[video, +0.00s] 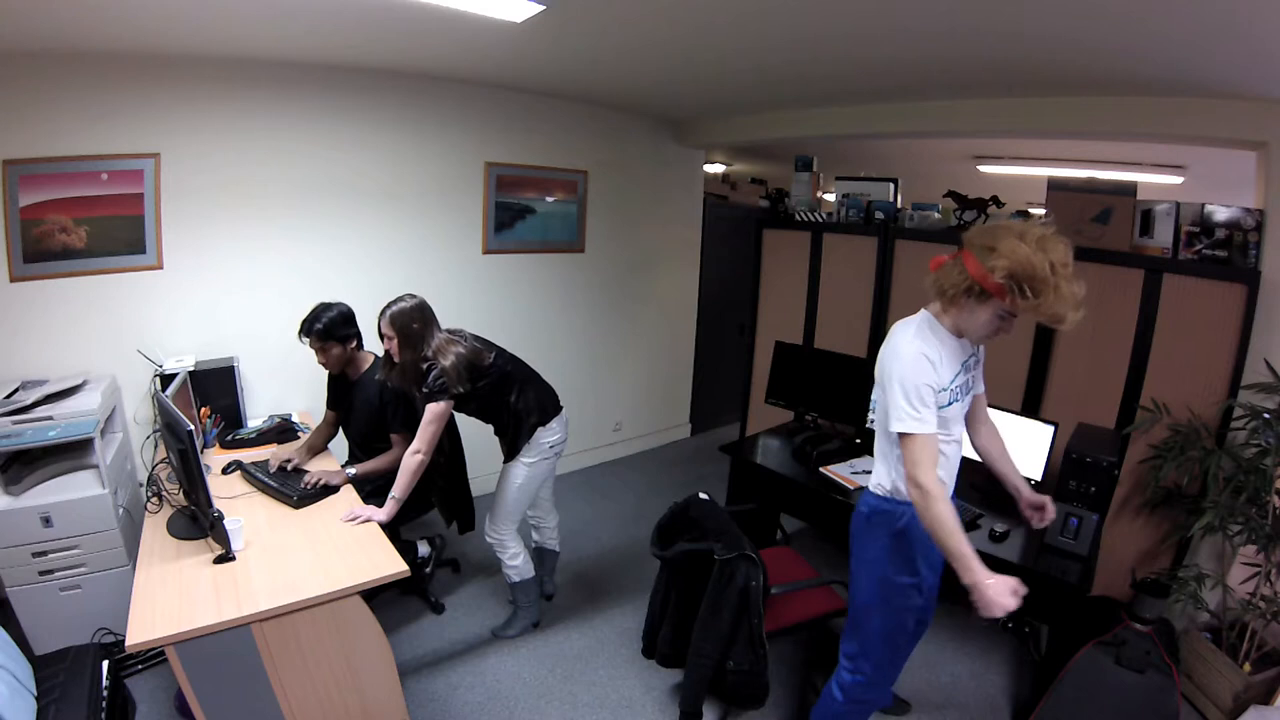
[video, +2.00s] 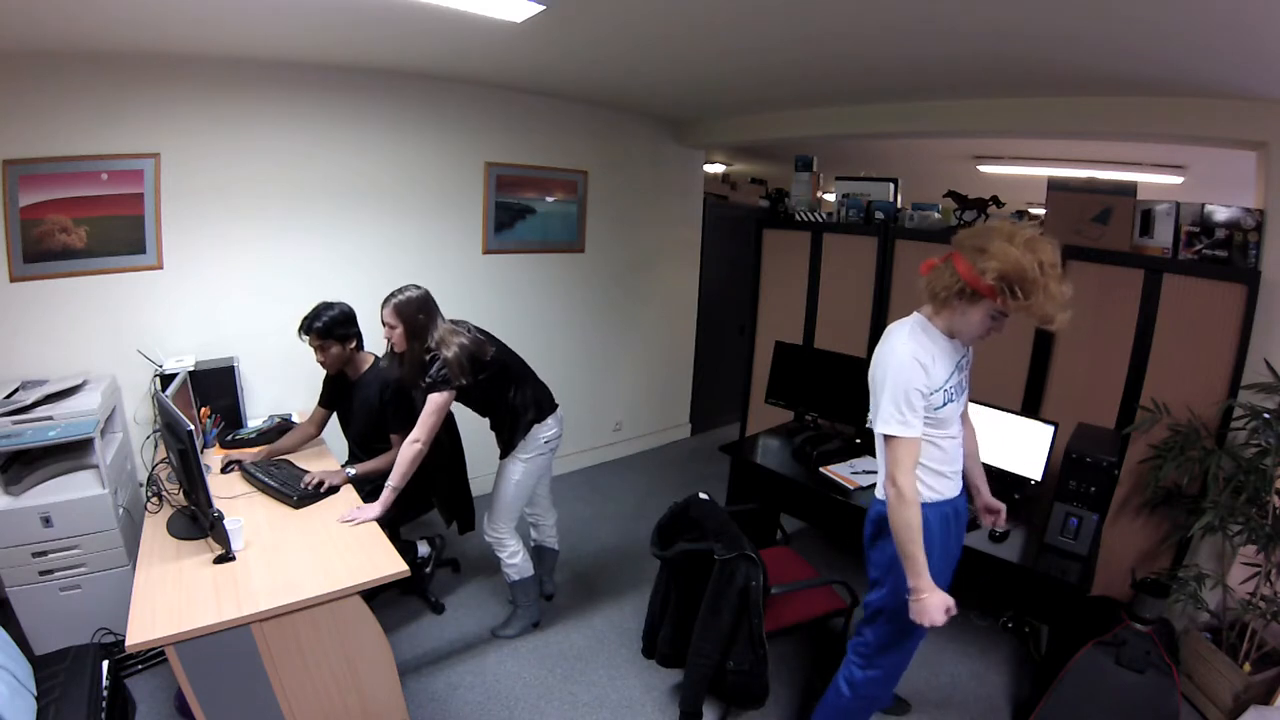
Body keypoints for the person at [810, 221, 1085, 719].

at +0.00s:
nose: (1006, 330)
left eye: (1013, 320)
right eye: (1004, 317)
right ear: (975, 293)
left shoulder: (965, 340)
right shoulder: (911, 354)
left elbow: (978, 420)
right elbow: (921, 483)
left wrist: (1020, 489)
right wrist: (978, 579)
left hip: (930, 512)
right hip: (894, 520)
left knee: (907, 615)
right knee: (868, 659)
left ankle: (871, 689)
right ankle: (835, 712)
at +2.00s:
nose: (998, 331)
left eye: (1004, 320)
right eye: (996, 317)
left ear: (975, 301)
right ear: (967, 294)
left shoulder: (954, 340)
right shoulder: (904, 357)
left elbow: (960, 420)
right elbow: (899, 485)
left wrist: (979, 491)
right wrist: (921, 585)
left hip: (944, 509)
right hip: (909, 519)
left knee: (907, 614)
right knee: (879, 646)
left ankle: (876, 688)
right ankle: (839, 712)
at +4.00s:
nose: (1005, 330)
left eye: (1012, 319)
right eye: (1004, 316)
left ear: (983, 300)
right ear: (974, 293)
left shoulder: (962, 344)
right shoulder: (911, 354)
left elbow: (975, 420)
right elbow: (921, 485)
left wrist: (1017, 492)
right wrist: (971, 581)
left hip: (936, 515)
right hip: (898, 526)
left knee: (911, 619)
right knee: (873, 678)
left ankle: (880, 690)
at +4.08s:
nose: (1003, 330)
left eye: (1010, 319)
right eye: (1002, 316)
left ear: (981, 300)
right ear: (974, 294)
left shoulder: (958, 339)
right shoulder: (909, 356)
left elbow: (965, 419)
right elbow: (904, 486)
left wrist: (987, 495)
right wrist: (930, 585)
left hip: (947, 510)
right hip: (909, 521)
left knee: (909, 615)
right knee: (883, 645)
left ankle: (877, 687)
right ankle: (838, 713)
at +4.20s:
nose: (1005, 326)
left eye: (1012, 314)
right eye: (1004, 312)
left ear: (981, 293)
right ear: (975, 290)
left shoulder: (959, 338)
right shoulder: (912, 354)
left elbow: (969, 417)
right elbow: (912, 485)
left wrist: (995, 491)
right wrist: (946, 582)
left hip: (943, 510)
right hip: (904, 521)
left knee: (906, 616)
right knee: (874, 652)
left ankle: (875, 688)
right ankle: (838, 713)